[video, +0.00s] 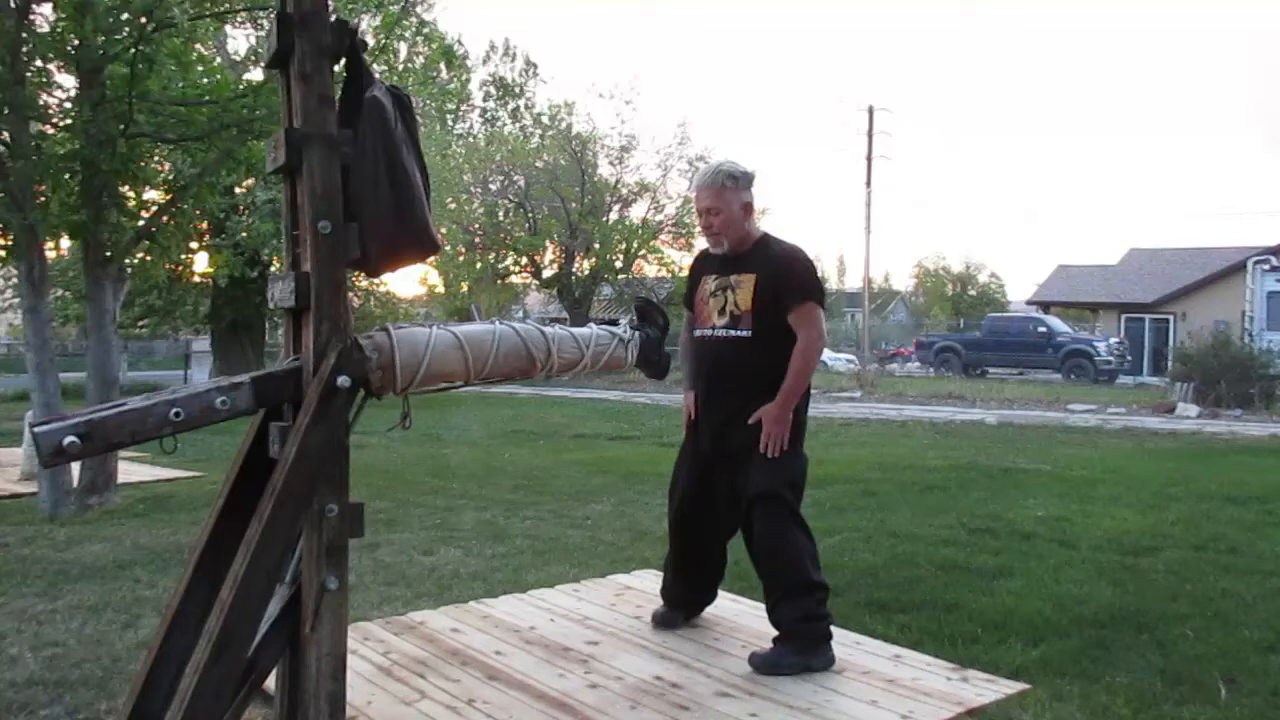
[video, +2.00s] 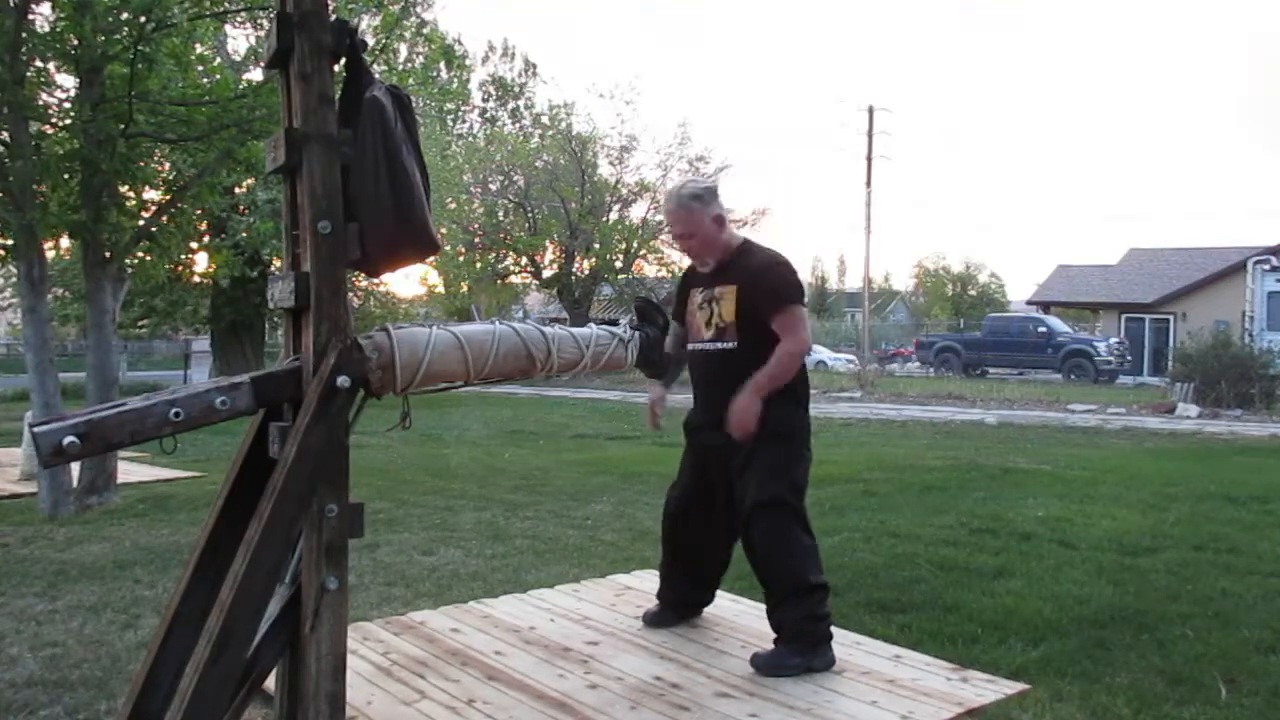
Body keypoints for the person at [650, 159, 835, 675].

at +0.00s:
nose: (706, 222)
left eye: (716, 212)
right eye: (701, 213)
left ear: (747, 207)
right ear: (698, 213)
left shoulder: (786, 262)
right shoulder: (703, 266)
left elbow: (812, 337)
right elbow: (697, 333)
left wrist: (784, 405)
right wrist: (693, 387)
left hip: (768, 412)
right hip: (712, 412)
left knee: (772, 518)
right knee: (691, 505)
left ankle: (807, 640)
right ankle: (685, 597)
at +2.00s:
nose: (681, 246)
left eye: (687, 235)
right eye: (675, 237)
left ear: (719, 221)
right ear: (675, 232)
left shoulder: (767, 269)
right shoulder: (691, 282)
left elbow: (797, 342)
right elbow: (681, 341)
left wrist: (754, 392)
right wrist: (661, 380)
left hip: (771, 424)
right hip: (712, 422)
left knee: (773, 519)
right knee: (691, 510)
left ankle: (807, 641)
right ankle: (682, 600)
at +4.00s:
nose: (732, 217)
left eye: (743, 207)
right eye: (729, 208)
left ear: (774, 210)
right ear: (729, 213)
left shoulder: (798, 272)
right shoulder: (719, 267)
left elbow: (763, 318)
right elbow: (675, 277)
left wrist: (704, 291)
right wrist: (639, 260)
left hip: (760, 434)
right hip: (699, 426)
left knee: (764, 531)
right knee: (674, 515)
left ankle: (813, 644)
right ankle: (681, 599)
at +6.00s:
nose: (723, 222)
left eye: (734, 213)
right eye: (719, 212)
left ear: (766, 212)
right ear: (717, 213)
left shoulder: (790, 270)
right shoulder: (709, 274)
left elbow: (768, 323)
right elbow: (682, 318)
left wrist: (700, 320)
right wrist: (656, 324)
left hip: (757, 428)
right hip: (694, 423)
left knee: (759, 533)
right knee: (670, 512)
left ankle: (813, 642)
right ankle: (680, 598)